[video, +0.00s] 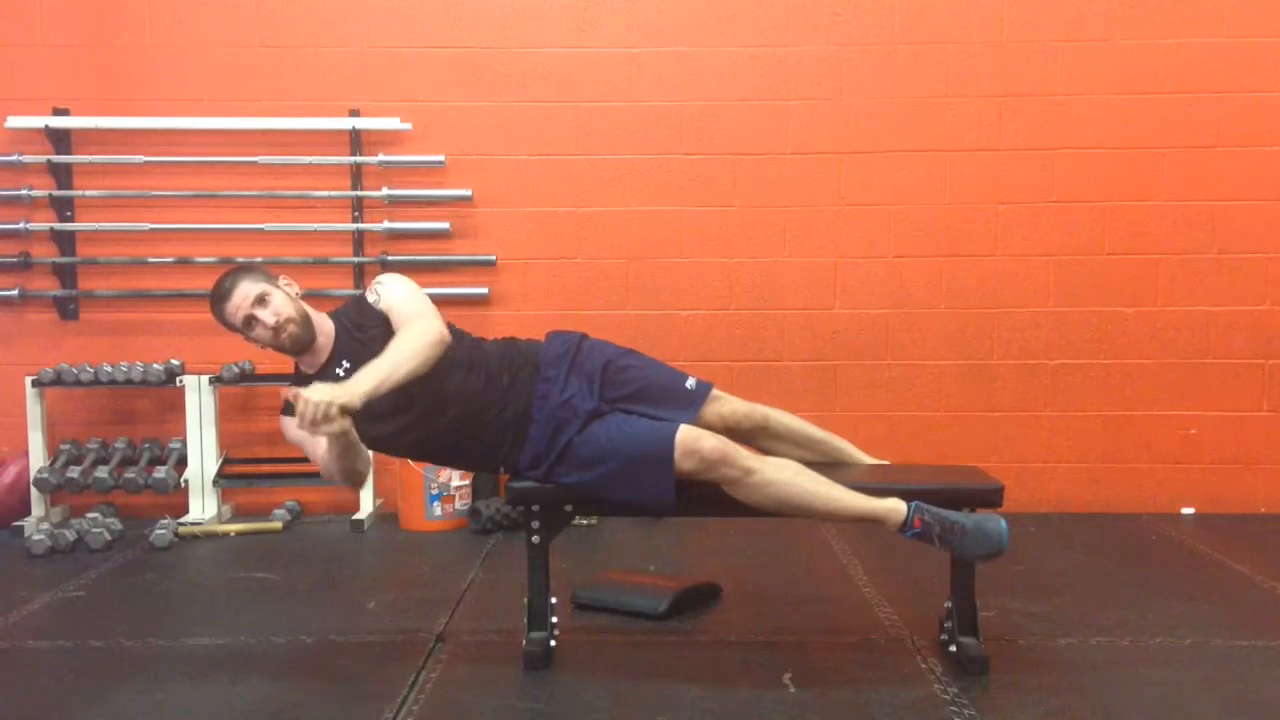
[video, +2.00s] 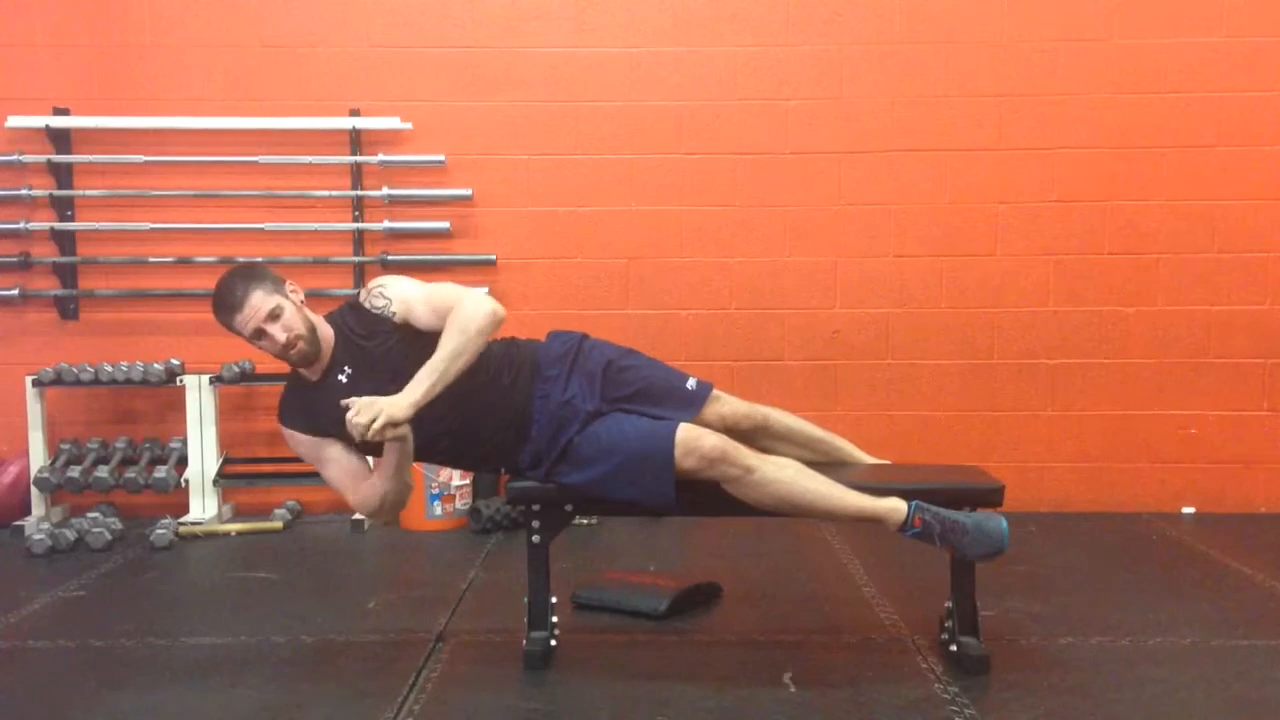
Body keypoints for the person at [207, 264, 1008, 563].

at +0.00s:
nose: (268, 318)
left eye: (264, 300)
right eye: (250, 323)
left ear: (288, 284)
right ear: (249, 344)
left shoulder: (375, 292)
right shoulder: (311, 407)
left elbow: (427, 339)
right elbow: (357, 493)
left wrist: (350, 398)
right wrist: (329, 441)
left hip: (564, 367)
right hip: (544, 451)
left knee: (738, 416)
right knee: (708, 455)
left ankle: (910, 493)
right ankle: (914, 520)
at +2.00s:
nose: (280, 332)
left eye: (276, 310)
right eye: (259, 334)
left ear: (295, 291)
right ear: (252, 350)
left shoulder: (371, 301)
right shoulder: (305, 421)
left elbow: (483, 312)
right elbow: (378, 507)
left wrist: (405, 401)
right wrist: (394, 441)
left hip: (569, 369)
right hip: (547, 451)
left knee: (739, 416)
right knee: (708, 453)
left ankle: (906, 492)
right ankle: (913, 519)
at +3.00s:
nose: (287, 328)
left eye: (285, 308)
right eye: (266, 329)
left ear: (303, 290)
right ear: (255, 345)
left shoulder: (369, 298)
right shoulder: (310, 412)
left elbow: (425, 337)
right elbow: (364, 501)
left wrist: (348, 405)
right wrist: (328, 440)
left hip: (565, 367)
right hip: (544, 449)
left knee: (737, 415)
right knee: (710, 455)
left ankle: (906, 493)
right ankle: (912, 521)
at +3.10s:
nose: (292, 325)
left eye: (288, 304)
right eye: (271, 326)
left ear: (305, 286)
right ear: (258, 342)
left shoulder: (370, 295)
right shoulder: (310, 405)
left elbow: (410, 332)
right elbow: (351, 485)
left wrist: (327, 387)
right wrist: (314, 423)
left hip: (564, 367)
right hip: (544, 450)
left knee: (736, 415)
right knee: (708, 453)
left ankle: (909, 492)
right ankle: (912, 520)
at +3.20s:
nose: (293, 321)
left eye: (291, 304)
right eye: (274, 323)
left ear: (309, 284)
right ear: (263, 340)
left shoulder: (371, 296)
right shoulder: (312, 398)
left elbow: (401, 325)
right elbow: (343, 472)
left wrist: (318, 378)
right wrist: (302, 409)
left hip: (565, 367)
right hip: (544, 450)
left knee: (736, 415)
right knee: (708, 453)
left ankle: (908, 491)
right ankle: (910, 519)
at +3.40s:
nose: (291, 324)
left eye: (290, 307)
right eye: (272, 324)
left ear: (311, 286)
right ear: (264, 338)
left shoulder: (373, 295)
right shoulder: (313, 400)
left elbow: (386, 326)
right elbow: (333, 451)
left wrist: (320, 359)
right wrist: (300, 393)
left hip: (565, 366)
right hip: (545, 449)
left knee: (736, 415)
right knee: (709, 454)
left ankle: (908, 490)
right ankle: (910, 520)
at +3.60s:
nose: (297, 323)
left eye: (295, 304)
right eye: (276, 324)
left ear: (313, 284)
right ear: (262, 338)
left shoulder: (372, 293)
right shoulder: (307, 408)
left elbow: (378, 331)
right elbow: (327, 421)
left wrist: (326, 356)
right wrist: (320, 373)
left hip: (568, 365)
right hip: (547, 447)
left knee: (737, 416)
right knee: (709, 453)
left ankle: (909, 491)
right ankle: (911, 520)